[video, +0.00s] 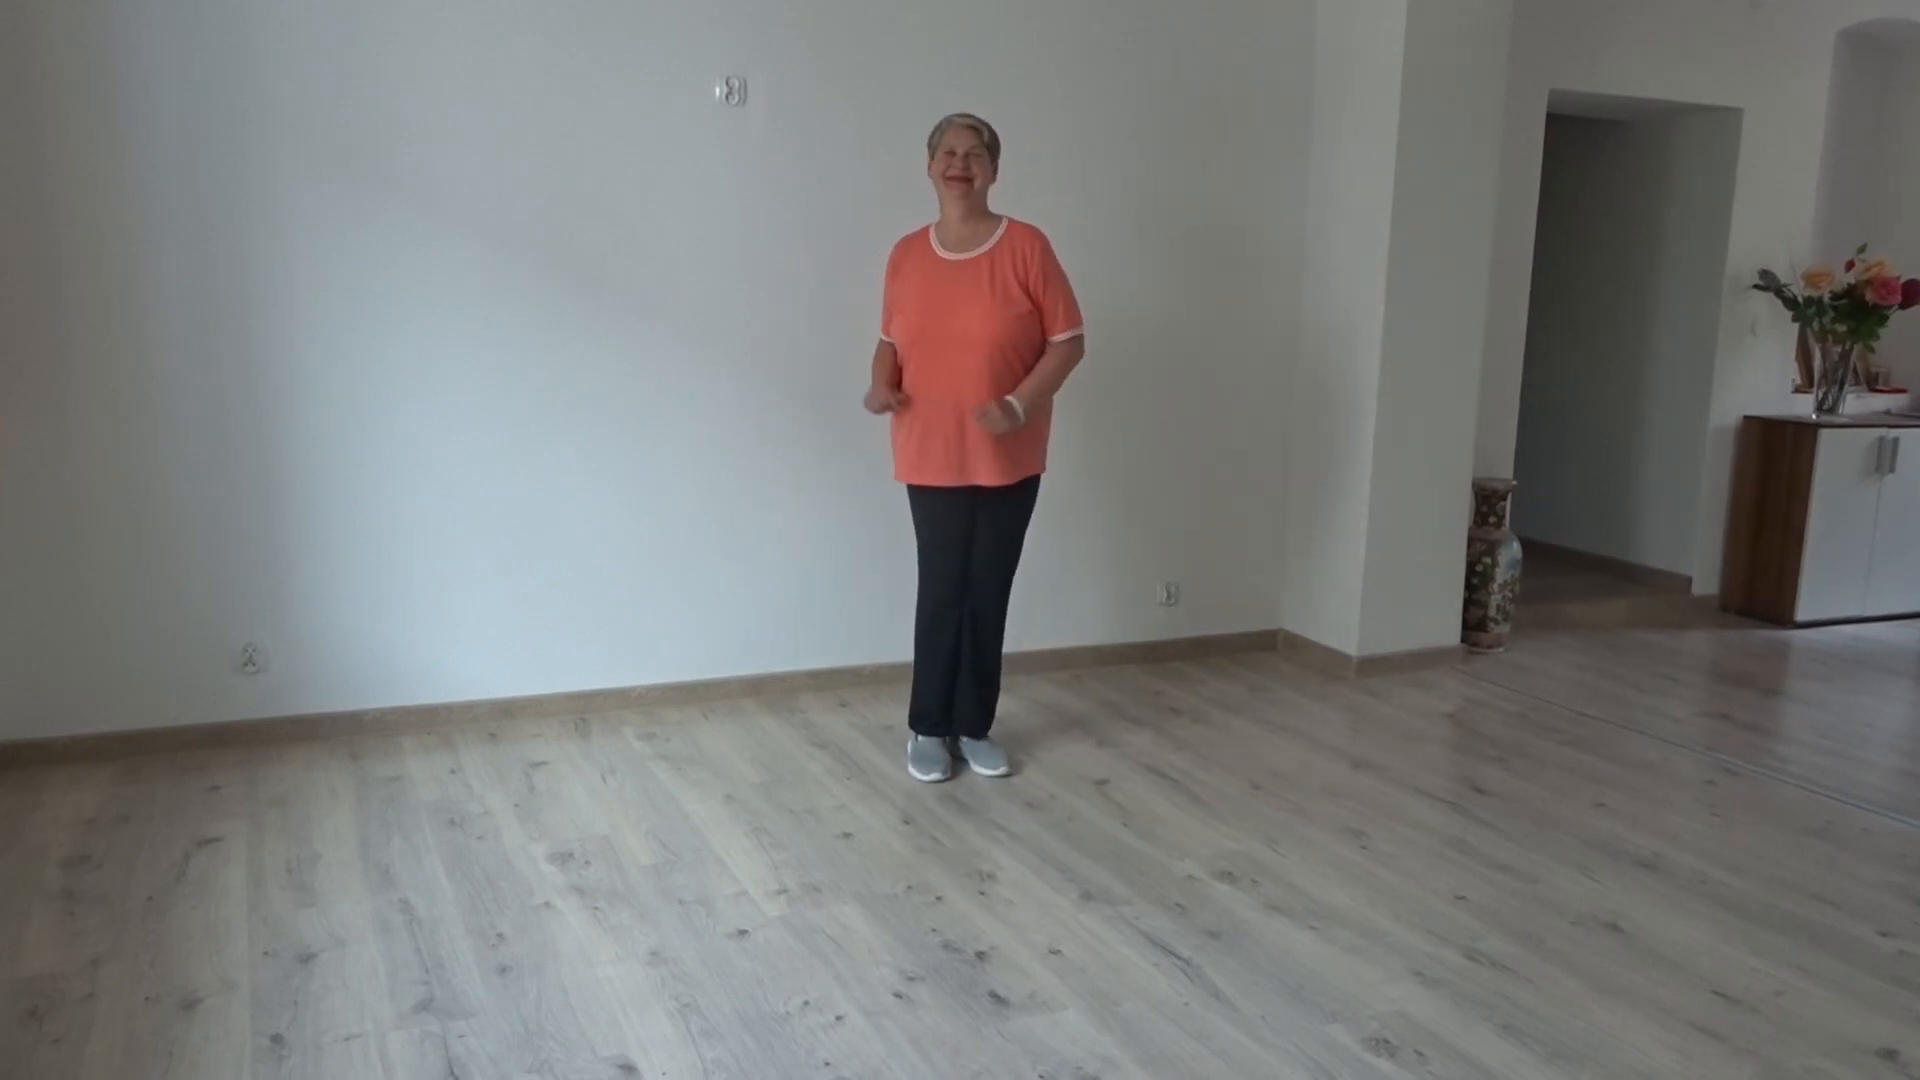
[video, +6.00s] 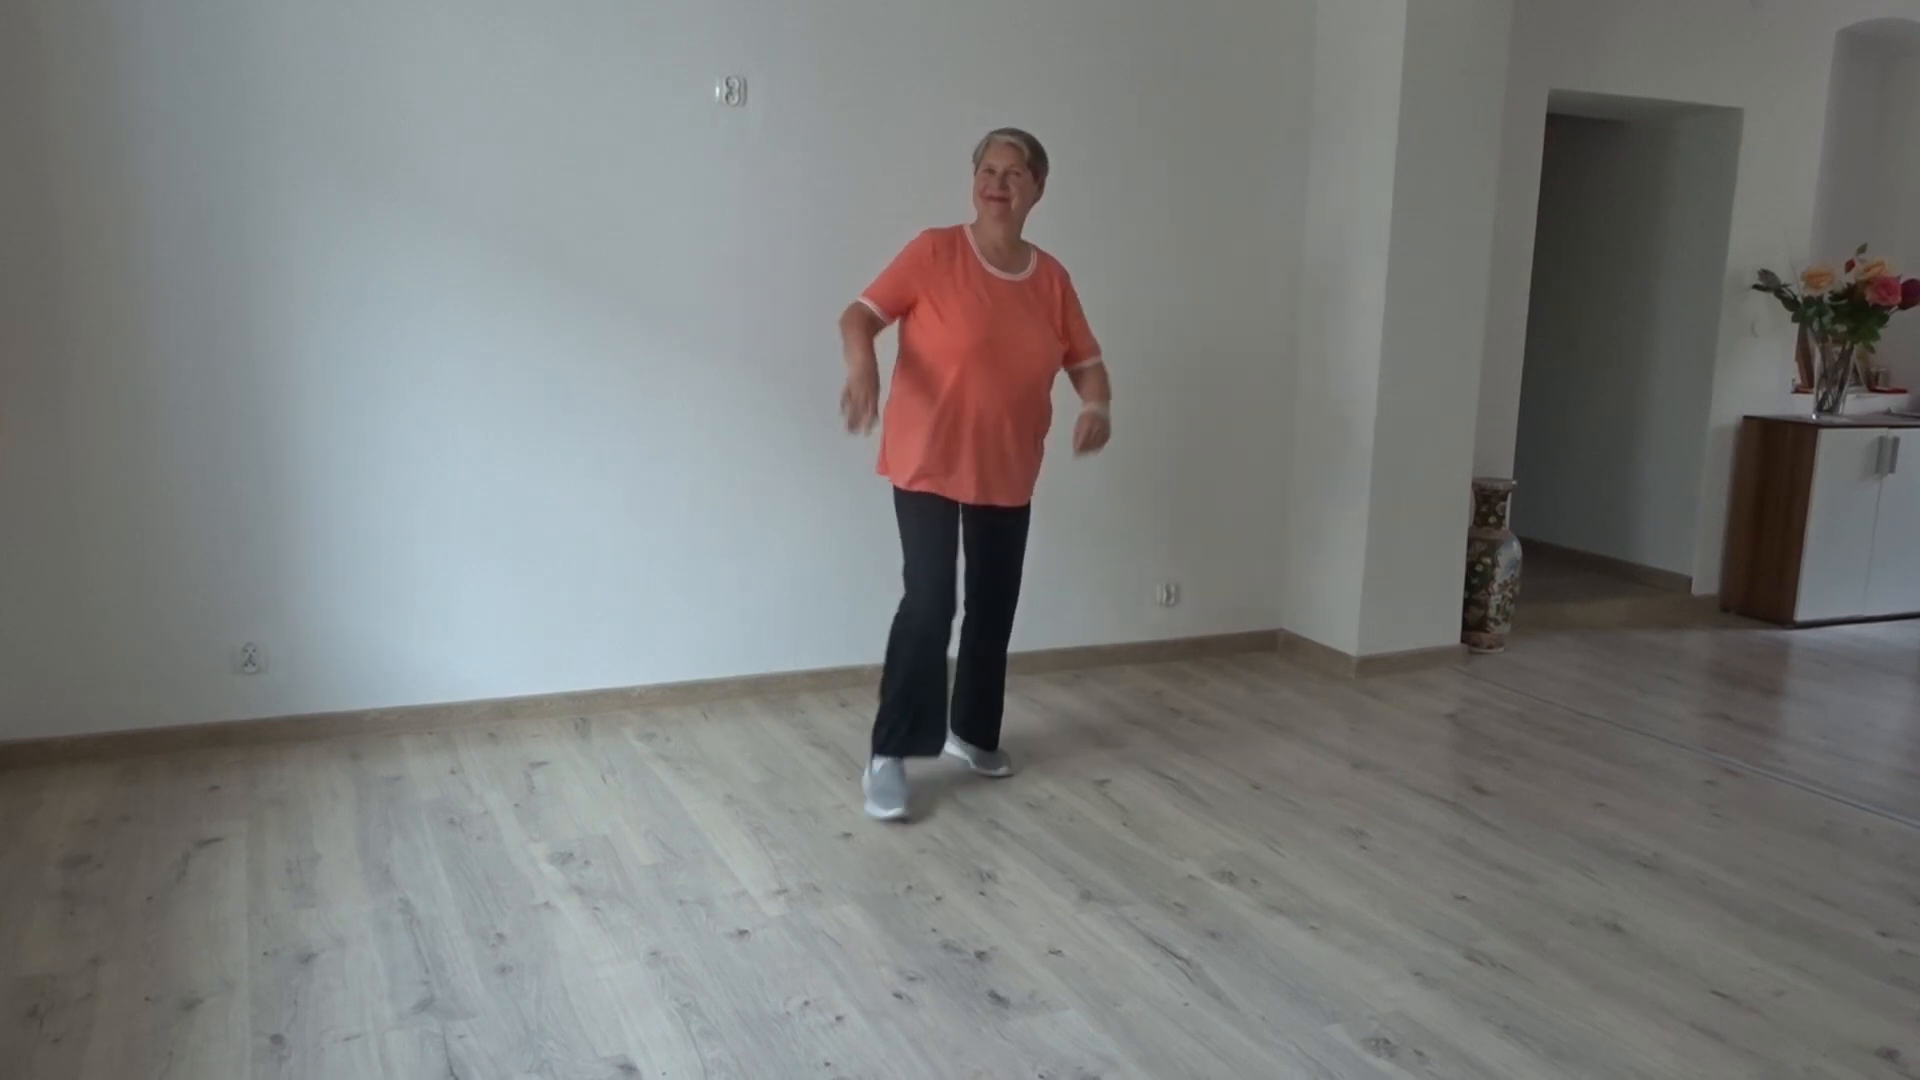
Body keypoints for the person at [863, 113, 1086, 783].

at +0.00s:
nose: (960, 163)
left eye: (973, 154)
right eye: (948, 153)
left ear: (994, 170)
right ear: (930, 168)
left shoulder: (1026, 246)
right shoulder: (907, 253)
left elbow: (1070, 340)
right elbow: (890, 340)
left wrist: (1022, 401)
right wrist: (882, 386)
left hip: (1007, 458)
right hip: (931, 458)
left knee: (987, 599)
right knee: (940, 596)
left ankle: (973, 730)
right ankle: (928, 731)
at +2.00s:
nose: (989, 160)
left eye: (1000, 152)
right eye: (976, 150)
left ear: (1013, 171)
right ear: (948, 165)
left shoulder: (1039, 251)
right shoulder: (916, 246)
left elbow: (1069, 338)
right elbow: (874, 333)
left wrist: (1054, 381)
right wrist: (914, 377)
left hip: (1009, 457)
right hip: (935, 455)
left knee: (989, 598)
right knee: (941, 594)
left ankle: (972, 729)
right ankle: (926, 730)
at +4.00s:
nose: (971, 164)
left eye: (983, 155)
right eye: (958, 155)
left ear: (998, 169)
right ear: (935, 168)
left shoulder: (1030, 249)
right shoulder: (904, 250)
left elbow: (1070, 338)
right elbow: (869, 337)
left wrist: (1040, 385)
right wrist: (896, 379)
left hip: (1006, 460)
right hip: (931, 459)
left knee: (987, 601)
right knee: (939, 598)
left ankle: (973, 731)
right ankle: (928, 733)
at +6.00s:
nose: (1000, 183)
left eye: (1015, 174)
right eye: (989, 172)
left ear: (1038, 189)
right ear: (972, 183)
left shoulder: (1051, 278)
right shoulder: (933, 252)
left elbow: (1085, 361)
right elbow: (860, 316)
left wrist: (1097, 405)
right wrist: (861, 367)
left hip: (1006, 470)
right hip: (926, 460)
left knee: (992, 611)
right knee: (931, 602)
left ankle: (972, 732)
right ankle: (890, 755)